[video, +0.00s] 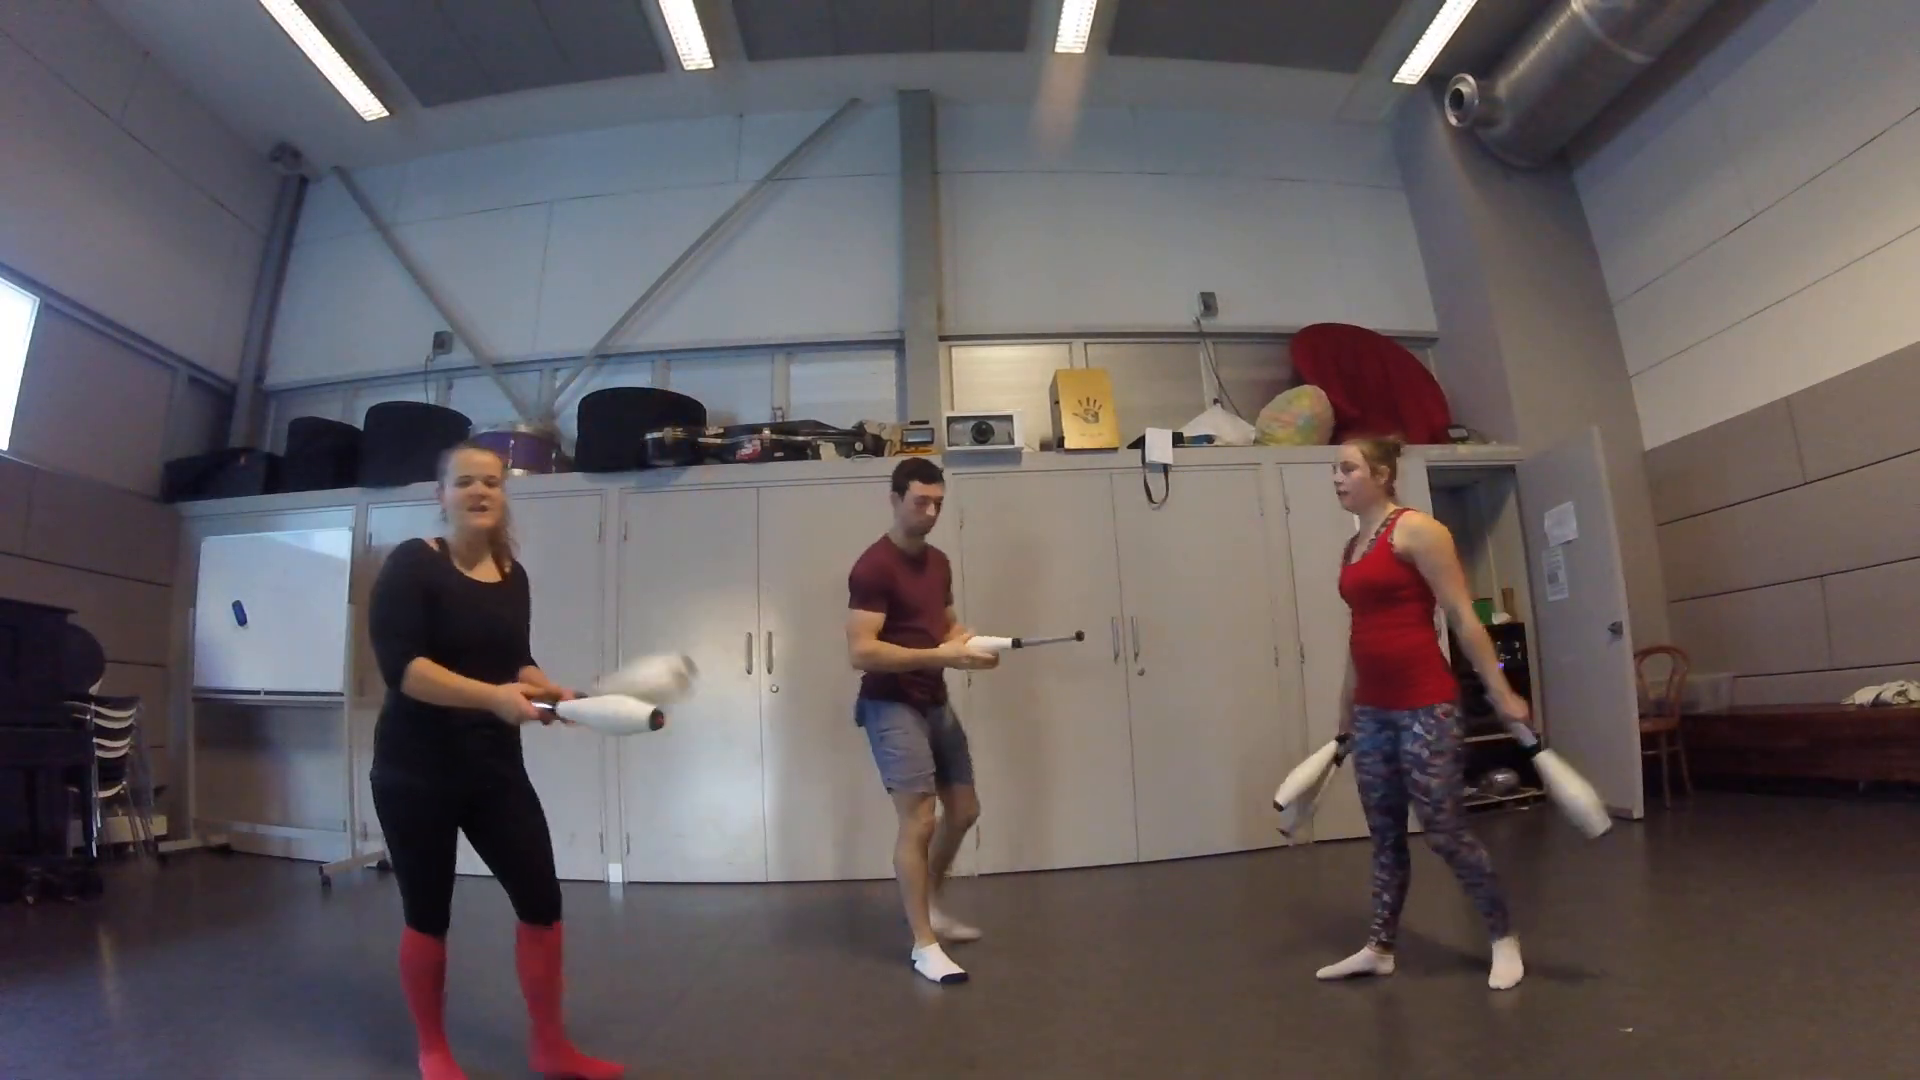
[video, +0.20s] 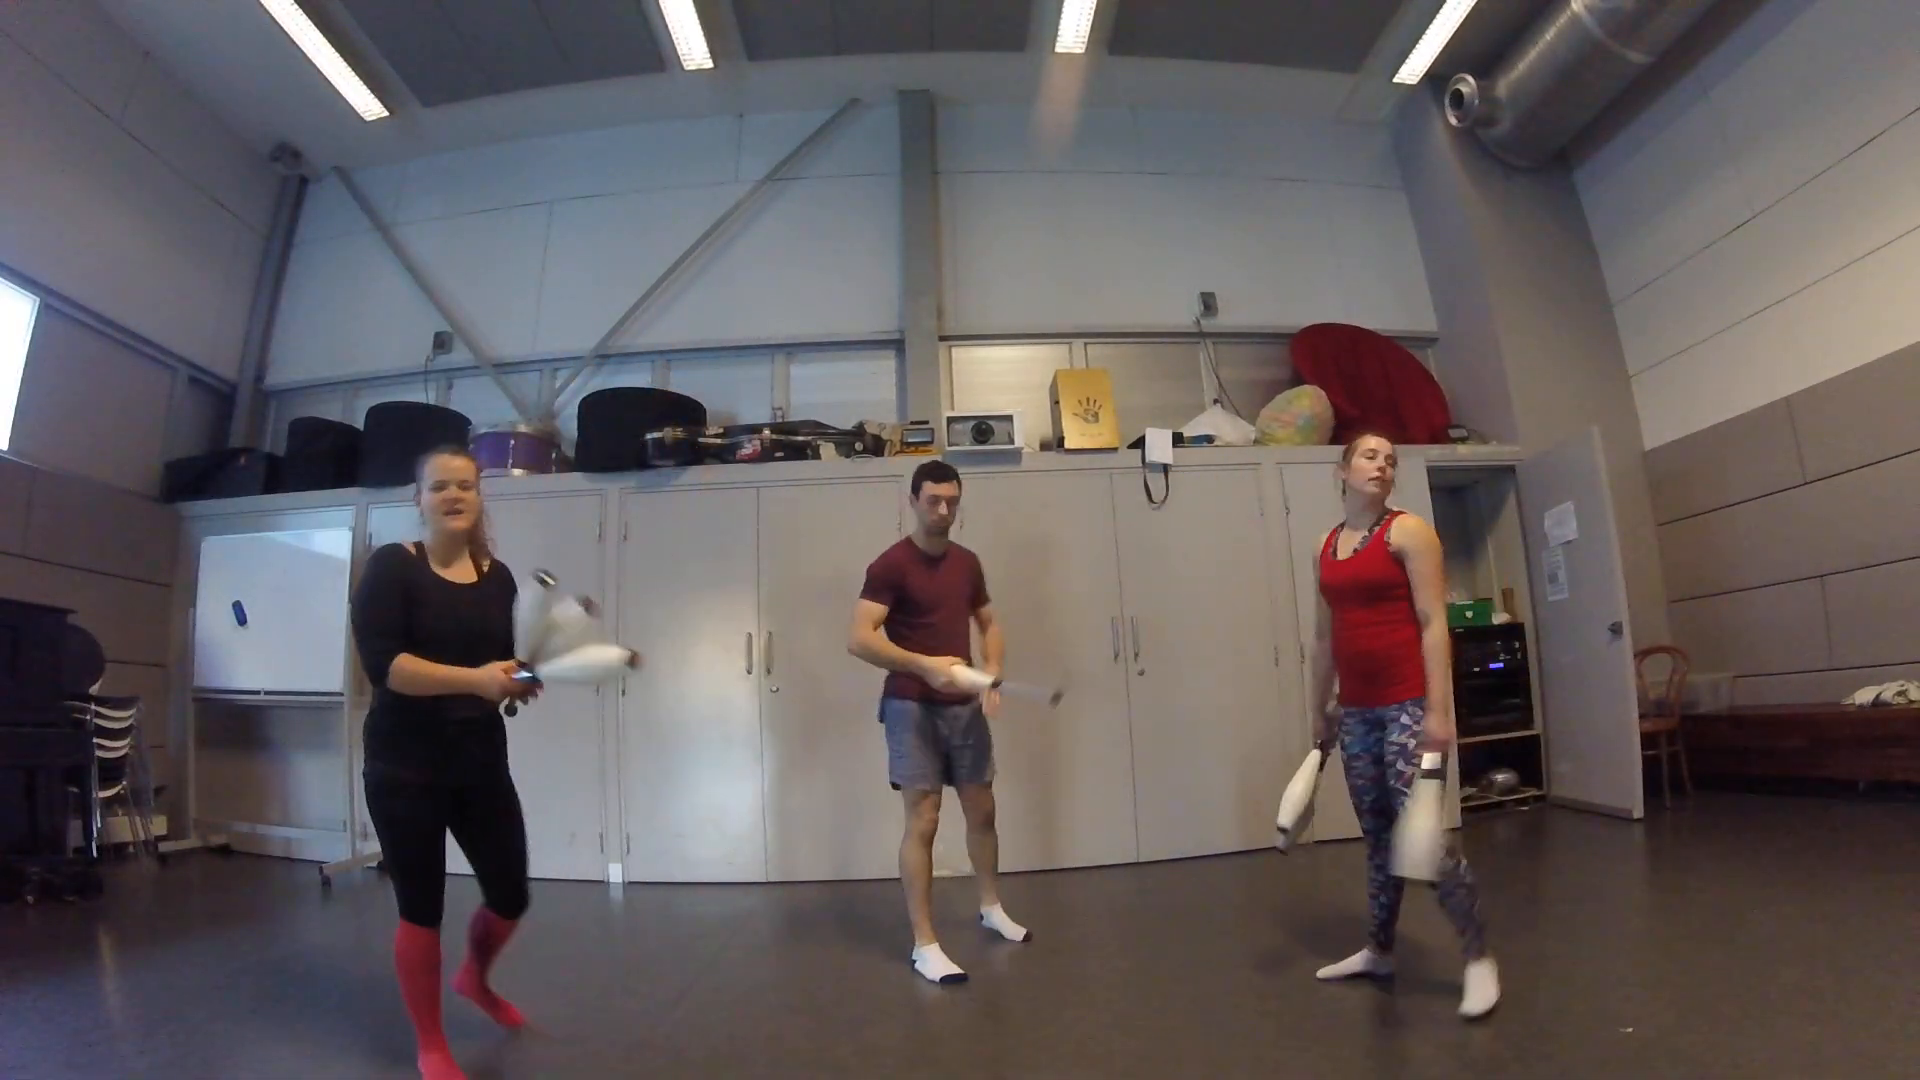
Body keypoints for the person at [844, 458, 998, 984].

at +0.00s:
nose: (930, 511)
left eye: (937, 503)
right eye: (921, 502)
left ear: (941, 505)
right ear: (896, 500)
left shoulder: (937, 562)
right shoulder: (873, 567)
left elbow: (945, 625)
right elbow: (861, 651)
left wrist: (971, 645)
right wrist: (942, 656)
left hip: (932, 700)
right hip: (889, 705)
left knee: (963, 811)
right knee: (918, 820)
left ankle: (927, 902)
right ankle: (923, 944)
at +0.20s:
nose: (943, 510)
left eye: (951, 502)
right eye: (934, 502)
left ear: (958, 505)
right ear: (914, 502)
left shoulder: (967, 563)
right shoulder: (890, 565)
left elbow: (987, 626)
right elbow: (861, 639)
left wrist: (991, 678)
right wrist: (927, 665)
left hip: (965, 705)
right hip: (912, 708)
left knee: (982, 813)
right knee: (923, 822)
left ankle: (990, 907)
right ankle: (924, 942)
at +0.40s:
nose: (958, 511)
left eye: (966, 503)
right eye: (948, 504)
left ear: (978, 509)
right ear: (934, 510)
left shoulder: (993, 568)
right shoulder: (911, 569)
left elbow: (1019, 631)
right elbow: (869, 633)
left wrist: (1006, 676)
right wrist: (910, 673)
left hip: (982, 708)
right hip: (928, 709)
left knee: (979, 814)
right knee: (930, 821)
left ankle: (988, 911)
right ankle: (924, 938)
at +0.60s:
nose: (964, 512)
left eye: (973, 504)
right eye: (956, 504)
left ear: (986, 511)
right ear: (943, 510)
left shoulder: (1000, 570)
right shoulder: (919, 569)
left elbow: (1026, 640)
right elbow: (890, 636)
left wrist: (1007, 682)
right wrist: (917, 674)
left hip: (986, 707)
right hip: (932, 708)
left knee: (985, 813)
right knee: (923, 817)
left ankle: (989, 911)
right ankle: (914, 929)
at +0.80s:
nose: (953, 509)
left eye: (961, 501)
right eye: (945, 502)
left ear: (976, 510)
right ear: (934, 510)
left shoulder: (995, 567)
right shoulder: (915, 568)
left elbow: (1024, 636)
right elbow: (883, 630)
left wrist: (1017, 698)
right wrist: (892, 676)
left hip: (987, 709)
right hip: (932, 706)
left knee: (983, 813)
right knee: (920, 817)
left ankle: (990, 911)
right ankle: (910, 922)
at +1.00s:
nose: (936, 508)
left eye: (944, 501)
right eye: (927, 502)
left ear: (959, 510)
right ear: (916, 512)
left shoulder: (982, 567)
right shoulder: (897, 571)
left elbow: (1015, 620)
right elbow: (867, 632)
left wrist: (1022, 681)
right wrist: (856, 686)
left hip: (973, 710)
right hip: (915, 710)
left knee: (977, 815)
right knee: (912, 819)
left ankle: (988, 911)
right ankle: (908, 921)